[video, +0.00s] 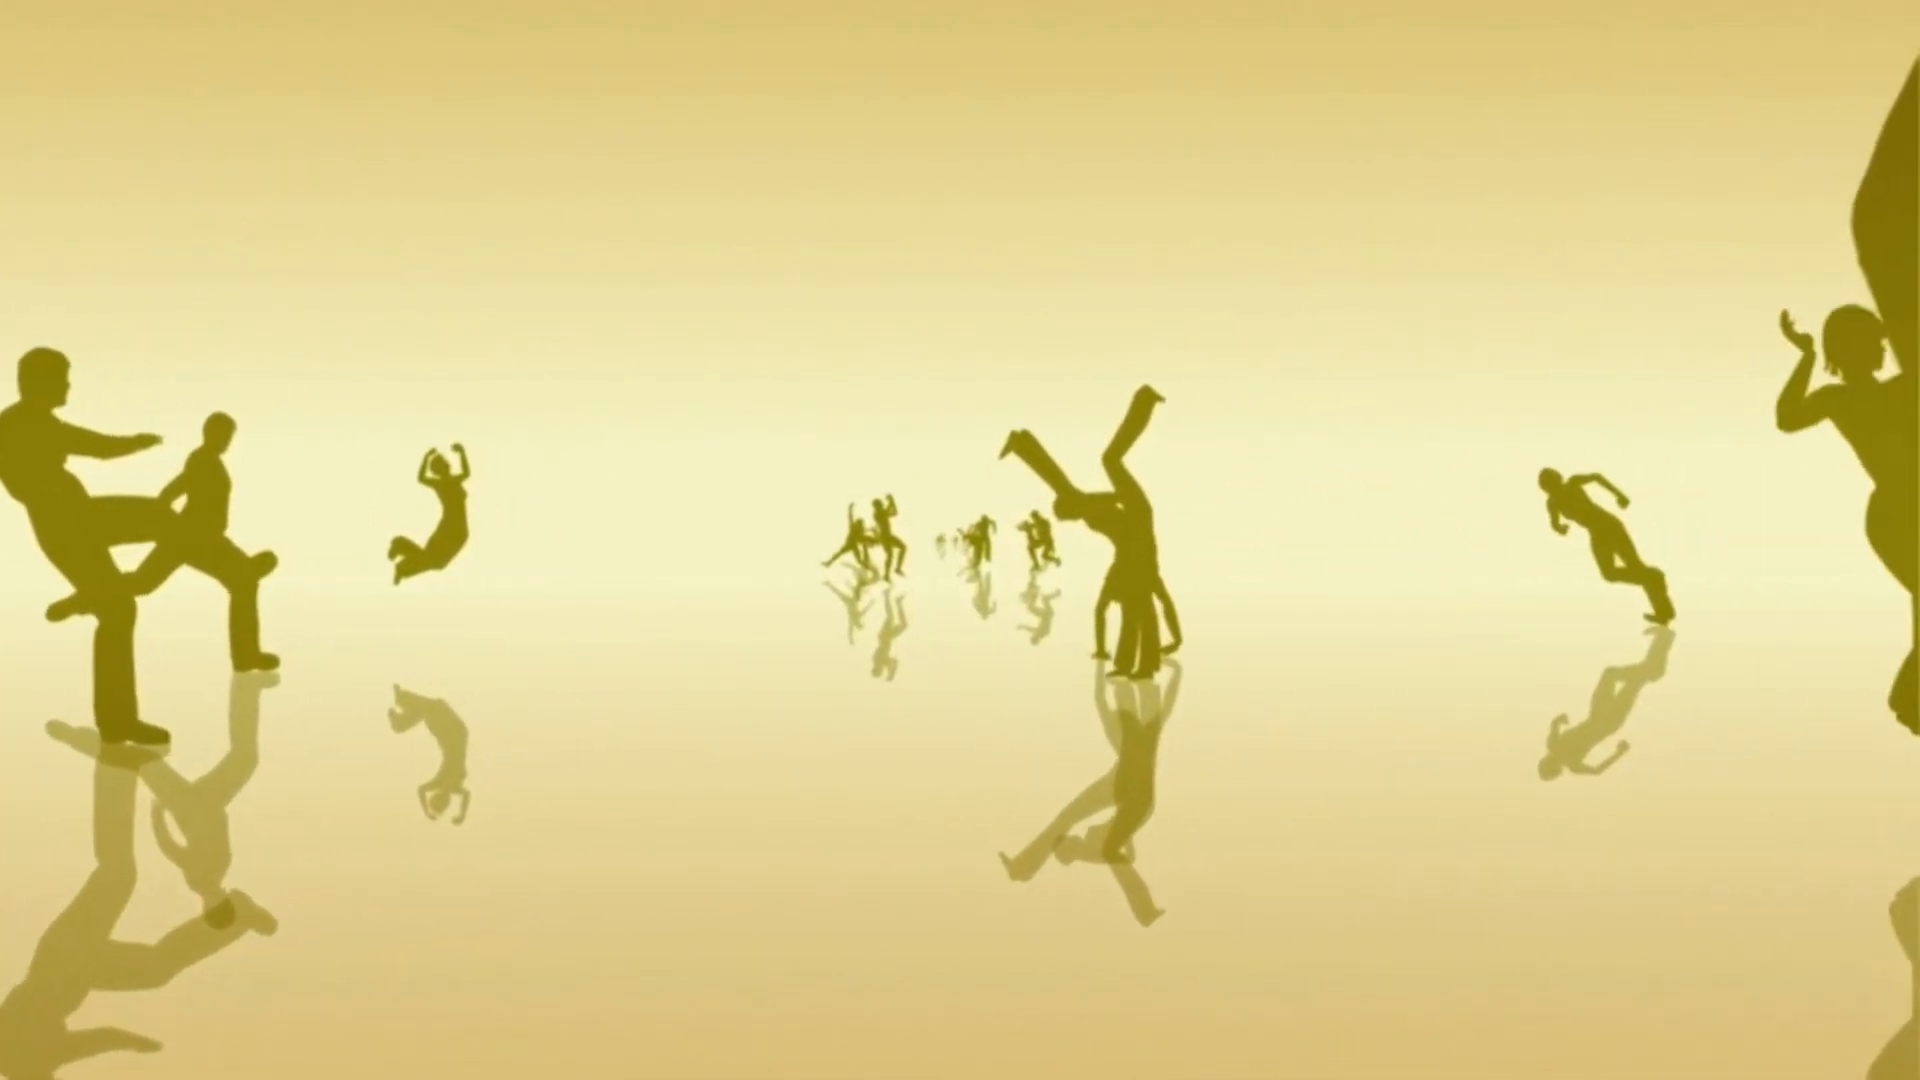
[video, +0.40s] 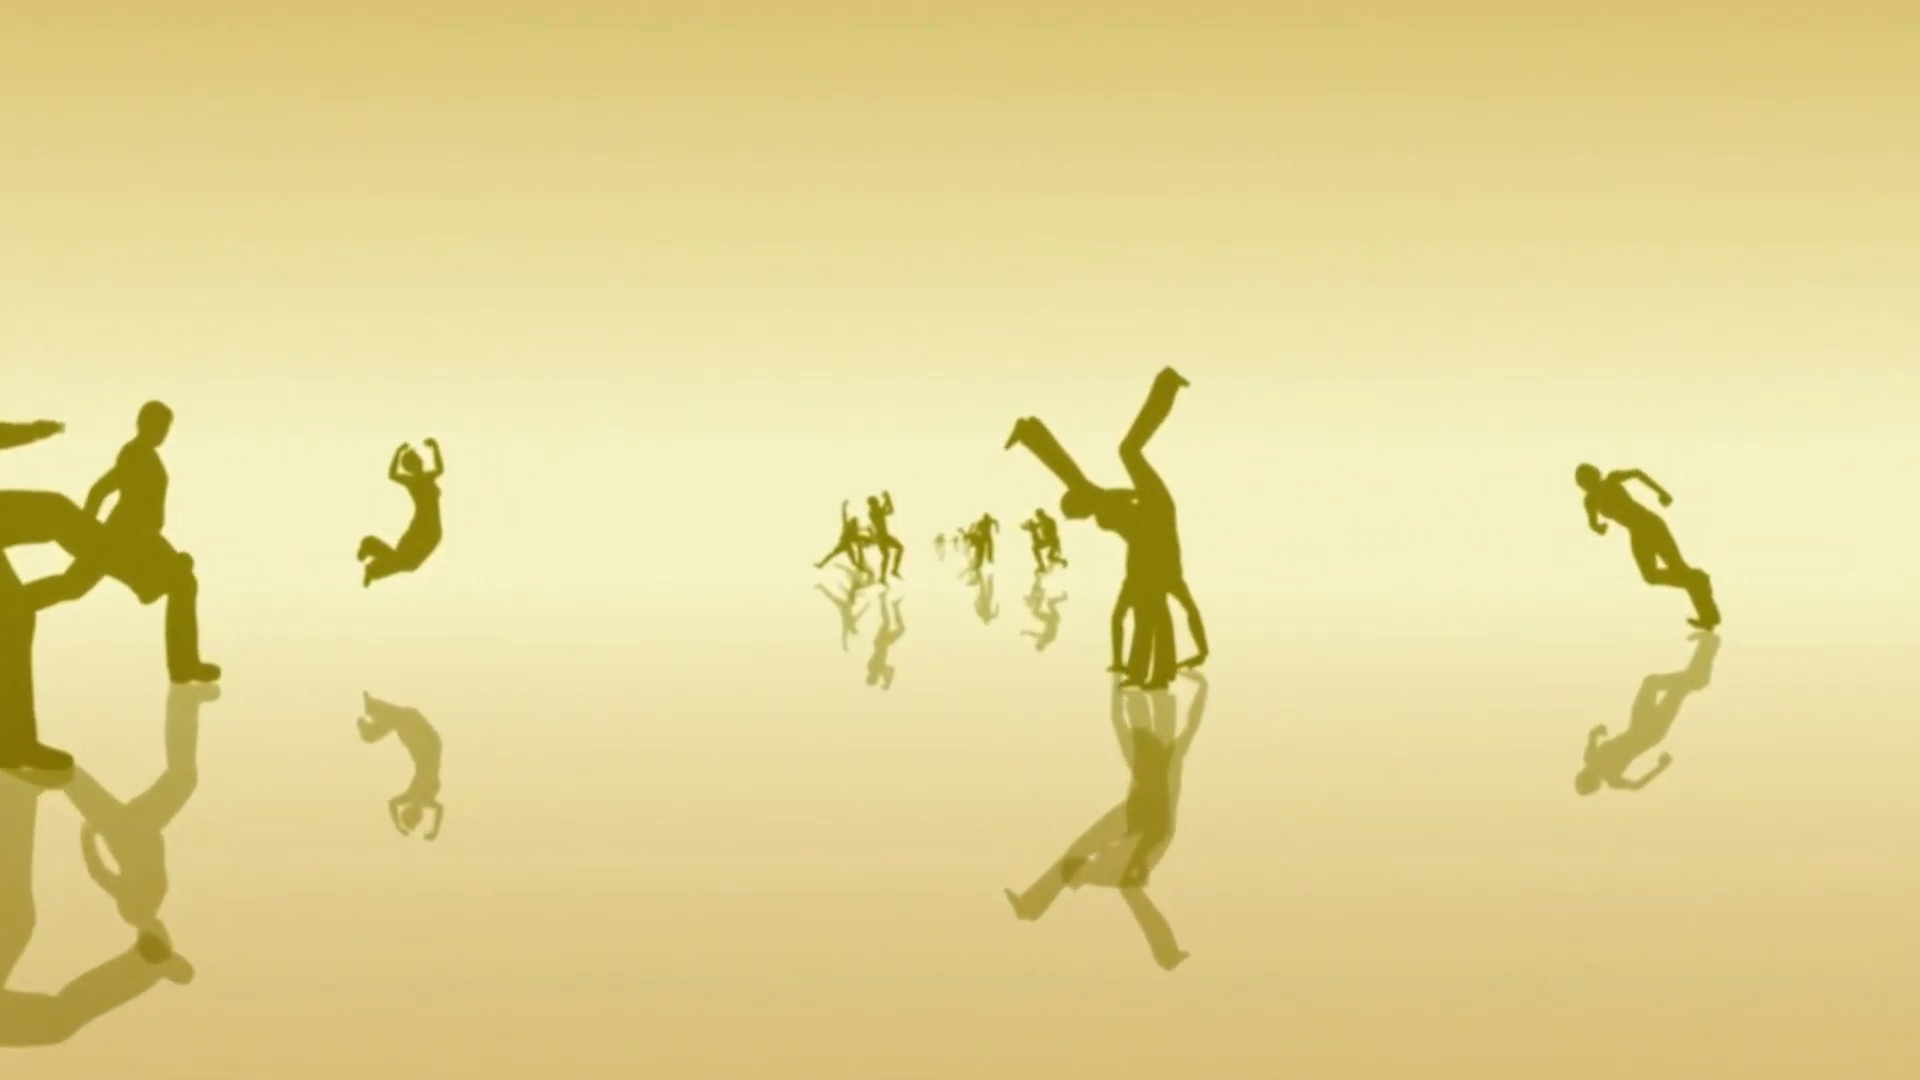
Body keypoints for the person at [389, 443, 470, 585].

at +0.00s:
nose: (443, 466)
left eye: (443, 462)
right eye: (439, 464)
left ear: (448, 463)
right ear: (435, 469)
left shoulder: (455, 481)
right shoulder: (438, 483)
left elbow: (466, 473)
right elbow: (421, 478)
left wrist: (462, 453)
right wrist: (426, 458)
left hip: (461, 528)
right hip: (447, 525)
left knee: (440, 563)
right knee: (431, 558)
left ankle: (403, 570)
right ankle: (401, 545)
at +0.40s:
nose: (416, 464)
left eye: (416, 459)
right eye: (411, 462)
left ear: (421, 460)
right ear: (407, 466)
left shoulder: (428, 477)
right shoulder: (410, 480)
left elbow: (439, 470)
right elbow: (392, 475)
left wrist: (435, 448)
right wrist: (398, 453)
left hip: (434, 528)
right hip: (420, 524)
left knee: (412, 564)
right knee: (402, 559)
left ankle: (374, 571)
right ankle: (371, 545)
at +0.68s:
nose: (393, 459)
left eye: (392, 454)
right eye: (387, 457)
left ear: (397, 456)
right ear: (382, 462)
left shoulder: (404, 475)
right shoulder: (386, 478)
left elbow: (416, 467)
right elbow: (367, 472)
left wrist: (412, 444)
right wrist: (373, 449)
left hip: (411, 528)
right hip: (396, 523)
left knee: (387, 566)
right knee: (377, 560)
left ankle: (347, 573)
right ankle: (345, 545)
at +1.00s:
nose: (369, 456)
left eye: (370, 452)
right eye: (364, 454)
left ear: (374, 453)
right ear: (359, 459)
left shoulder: (382, 472)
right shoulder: (363, 475)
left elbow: (395, 464)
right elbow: (343, 469)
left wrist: (390, 439)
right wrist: (350, 445)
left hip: (389, 527)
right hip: (374, 522)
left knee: (364, 567)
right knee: (354, 561)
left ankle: (323, 574)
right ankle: (320, 545)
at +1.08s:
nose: (359, 454)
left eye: (359, 449)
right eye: (354, 451)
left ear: (364, 451)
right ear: (349, 457)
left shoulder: (372, 470)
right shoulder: (353, 474)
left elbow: (385, 463)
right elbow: (333, 468)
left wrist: (380, 438)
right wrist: (339, 443)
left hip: (379, 527)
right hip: (363, 522)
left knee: (354, 567)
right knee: (343, 561)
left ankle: (312, 575)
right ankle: (309, 545)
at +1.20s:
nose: (352, 453)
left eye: (353, 449)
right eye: (347, 451)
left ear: (358, 450)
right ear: (342, 457)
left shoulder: (365, 470)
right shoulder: (346, 473)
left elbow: (378, 461)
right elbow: (326, 468)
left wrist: (373, 437)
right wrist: (332, 442)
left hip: (373, 526)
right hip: (357, 522)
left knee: (347, 568)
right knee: (335, 561)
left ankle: (304, 575)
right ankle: (301, 545)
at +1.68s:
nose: (303, 445)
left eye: (303, 441)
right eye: (297, 443)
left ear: (308, 443)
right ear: (292, 450)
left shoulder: (316, 464)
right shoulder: (295, 467)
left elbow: (331, 455)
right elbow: (274, 462)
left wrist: (325, 428)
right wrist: (280, 433)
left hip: (324, 525)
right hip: (307, 521)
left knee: (297, 570)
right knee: (285, 563)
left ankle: (251, 578)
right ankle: (247, 546)